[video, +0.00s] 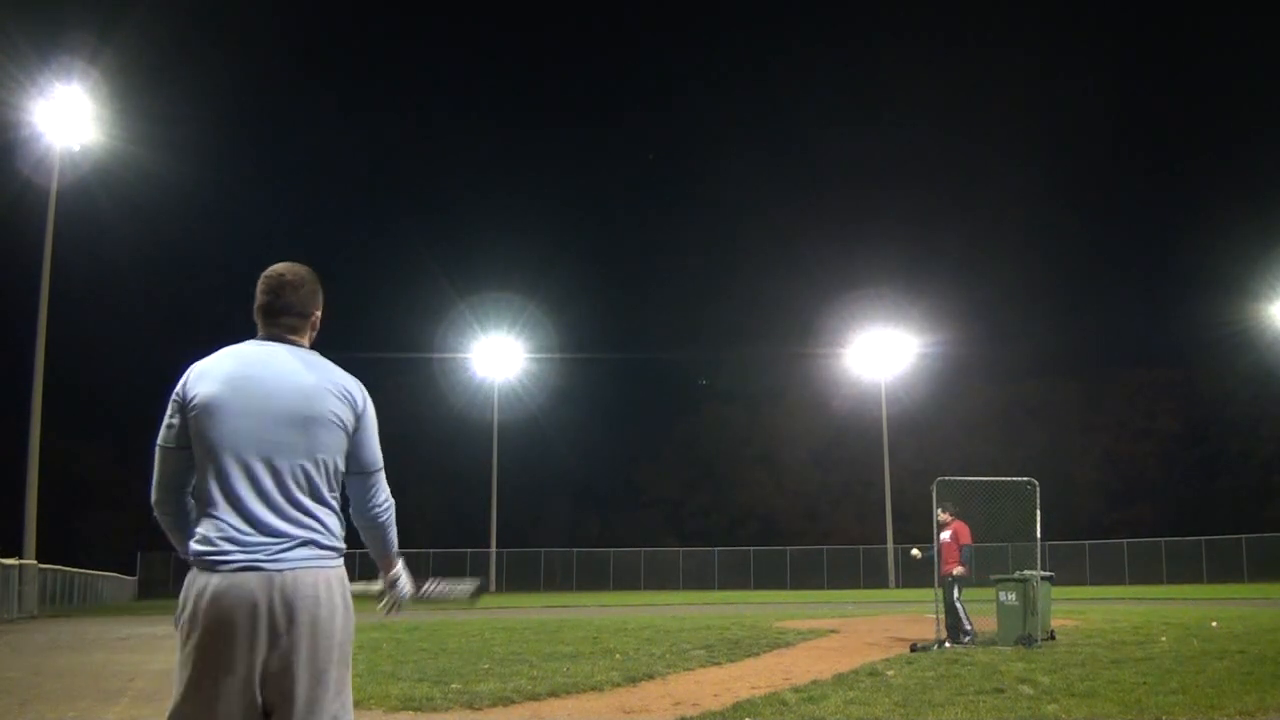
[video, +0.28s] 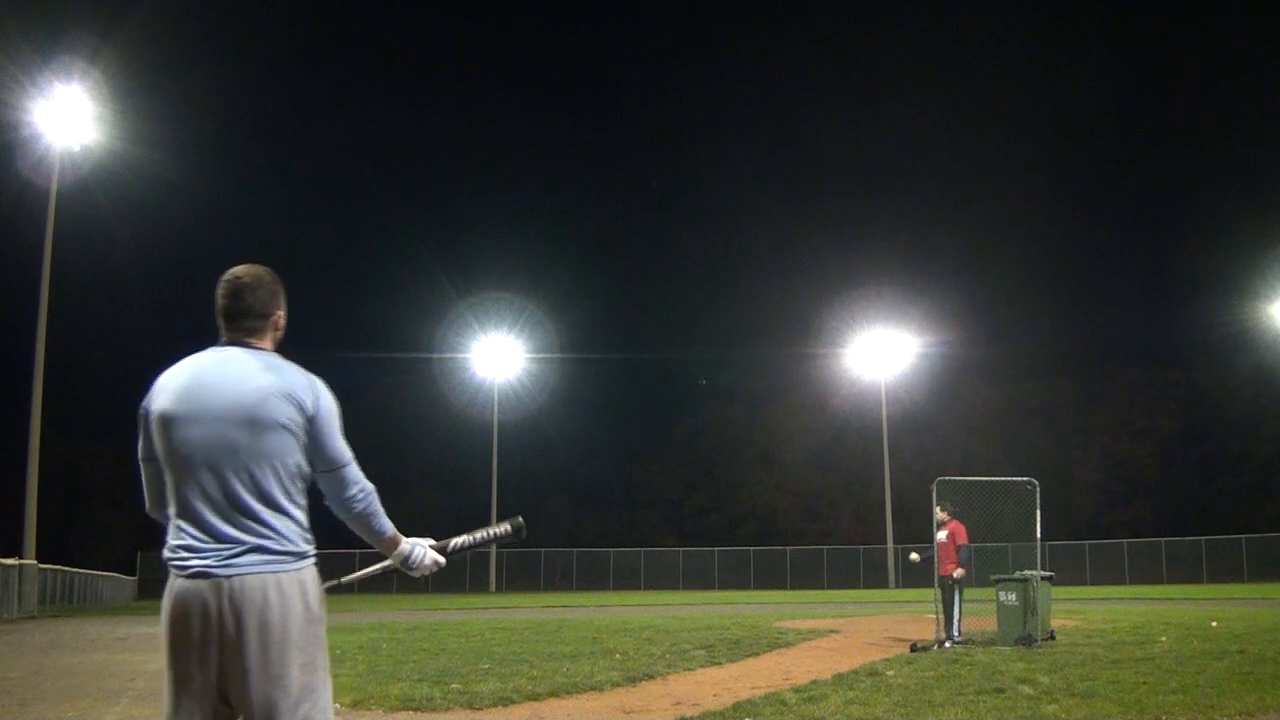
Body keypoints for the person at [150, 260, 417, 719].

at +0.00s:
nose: (315, 319)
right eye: (316, 313)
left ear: (257, 314)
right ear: (315, 318)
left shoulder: (201, 376)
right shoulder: (346, 388)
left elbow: (167, 498)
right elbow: (371, 501)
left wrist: (207, 559)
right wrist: (391, 567)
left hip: (220, 591)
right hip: (316, 589)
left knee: (209, 713)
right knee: (318, 713)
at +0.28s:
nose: (283, 320)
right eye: (283, 313)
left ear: (221, 317)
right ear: (278, 319)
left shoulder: (164, 389)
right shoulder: (304, 388)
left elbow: (158, 503)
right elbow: (348, 490)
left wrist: (213, 532)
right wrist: (401, 549)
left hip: (189, 592)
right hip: (278, 592)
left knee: (192, 713)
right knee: (294, 712)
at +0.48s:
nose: (245, 318)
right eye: (243, 309)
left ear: (181, 316)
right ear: (238, 314)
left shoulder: (136, 386)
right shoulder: (262, 382)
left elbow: (186, 465)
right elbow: (318, 480)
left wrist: (275, 482)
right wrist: (378, 546)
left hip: (153, 586)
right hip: (242, 589)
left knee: (157, 712)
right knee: (261, 709)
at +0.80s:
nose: (211, 314)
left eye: (210, 306)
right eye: (211, 306)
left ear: (150, 313)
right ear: (205, 311)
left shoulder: (106, 383)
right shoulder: (214, 379)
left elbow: (149, 471)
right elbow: (279, 477)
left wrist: (228, 479)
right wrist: (358, 543)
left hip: (121, 590)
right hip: (204, 588)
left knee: (134, 713)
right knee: (232, 711)